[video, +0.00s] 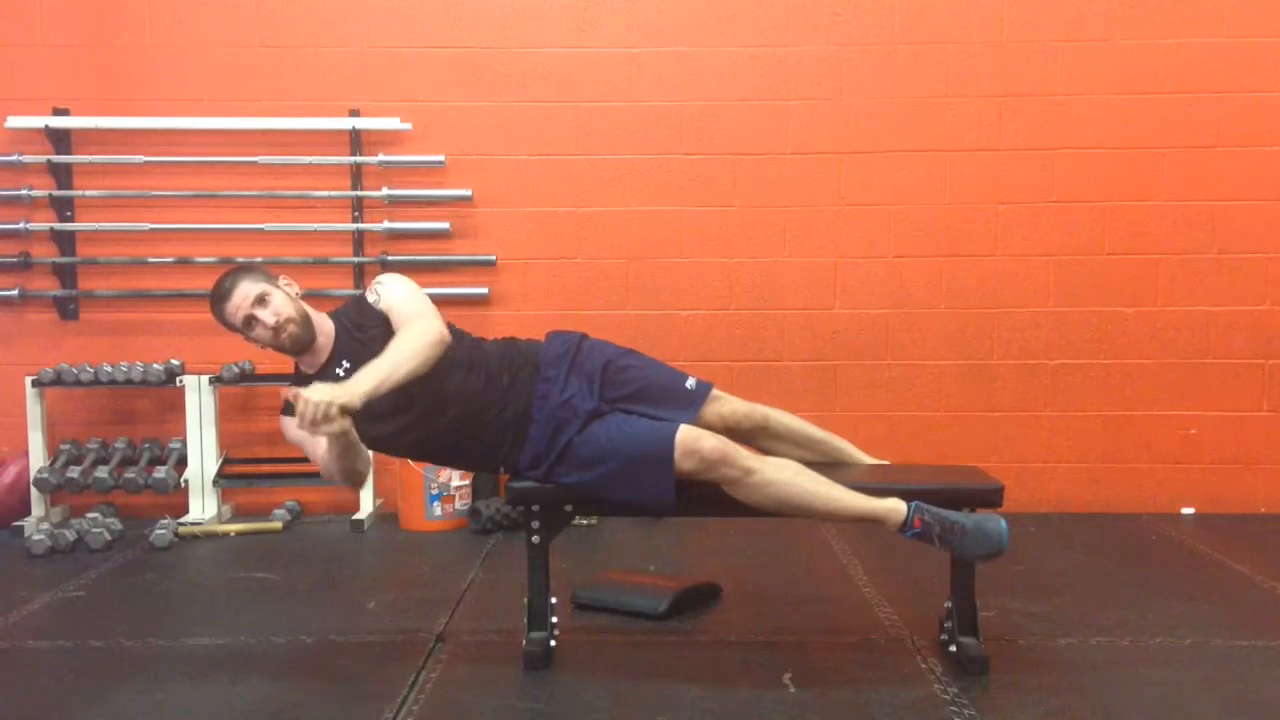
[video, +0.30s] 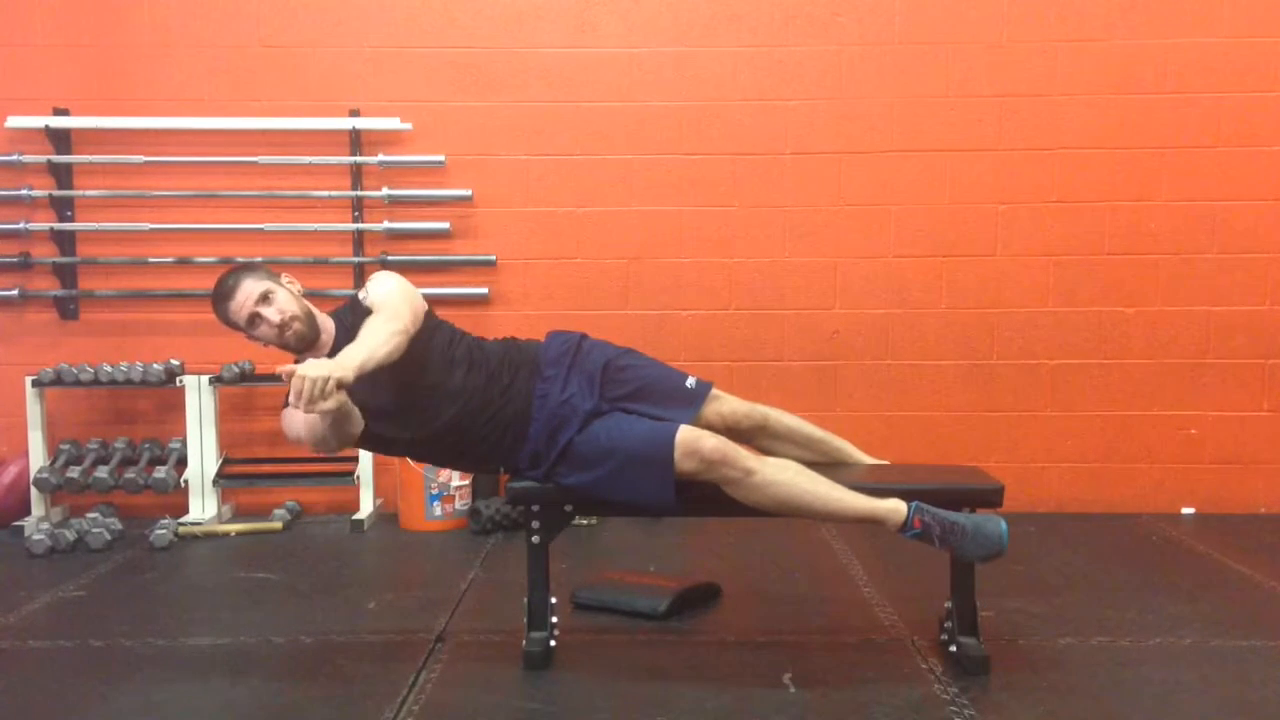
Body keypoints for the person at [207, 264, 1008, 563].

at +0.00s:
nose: (268, 318)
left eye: (264, 300)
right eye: (250, 323)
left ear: (288, 284)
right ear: (249, 344)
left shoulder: (375, 292)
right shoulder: (311, 407)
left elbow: (427, 339)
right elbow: (357, 493)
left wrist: (350, 398)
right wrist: (329, 441)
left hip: (564, 367)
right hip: (544, 451)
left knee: (738, 416)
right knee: (708, 455)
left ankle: (910, 493)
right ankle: (914, 520)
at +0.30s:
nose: (275, 319)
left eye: (270, 300)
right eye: (255, 324)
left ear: (291, 282)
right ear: (252, 344)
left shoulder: (371, 291)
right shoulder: (309, 406)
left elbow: (401, 322)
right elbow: (328, 432)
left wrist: (344, 367)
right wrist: (321, 404)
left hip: (565, 367)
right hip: (546, 450)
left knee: (735, 415)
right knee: (707, 456)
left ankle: (904, 494)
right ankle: (913, 521)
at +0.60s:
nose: (276, 317)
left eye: (273, 299)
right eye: (258, 321)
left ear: (293, 283)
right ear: (254, 341)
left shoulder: (368, 292)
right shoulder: (306, 406)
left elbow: (402, 312)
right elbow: (327, 418)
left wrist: (343, 354)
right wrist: (324, 389)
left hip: (565, 366)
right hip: (545, 449)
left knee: (736, 415)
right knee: (710, 458)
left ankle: (907, 495)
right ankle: (912, 521)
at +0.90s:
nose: (275, 320)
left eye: (272, 301)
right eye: (256, 324)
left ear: (295, 285)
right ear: (253, 343)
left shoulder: (369, 293)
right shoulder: (306, 408)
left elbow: (401, 315)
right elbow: (324, 419)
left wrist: (349, 356)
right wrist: (327, 386)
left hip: (565, 367)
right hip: (545, 449)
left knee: (737, 415)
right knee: (711, 458)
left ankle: (910, 495)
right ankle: (912, 522)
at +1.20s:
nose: (269, 328)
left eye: (266, 308)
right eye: (251, 330)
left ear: (291, 290)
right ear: (250, 347)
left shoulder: (372, 295)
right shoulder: (308, 414)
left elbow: (398, 329)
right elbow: (331, 431)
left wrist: (348, 368)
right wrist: (328, 406)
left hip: (565, 367)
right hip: (546, 450)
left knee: (738, 416)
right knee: (709, 455)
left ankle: (905, 494)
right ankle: (913, 521)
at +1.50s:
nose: (268, 329)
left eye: (266, 309)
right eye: (250, 331)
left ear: (290, 291)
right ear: (249, 349)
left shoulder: (372, 297)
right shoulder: (306, 417)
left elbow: (449, 334)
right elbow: (388, 470)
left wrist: (373, 388)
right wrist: (357, 421)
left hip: (565, 368)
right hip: (545, 451)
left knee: (740, 416)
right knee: (709, 453)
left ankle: (912, 495)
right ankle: (914, 520)